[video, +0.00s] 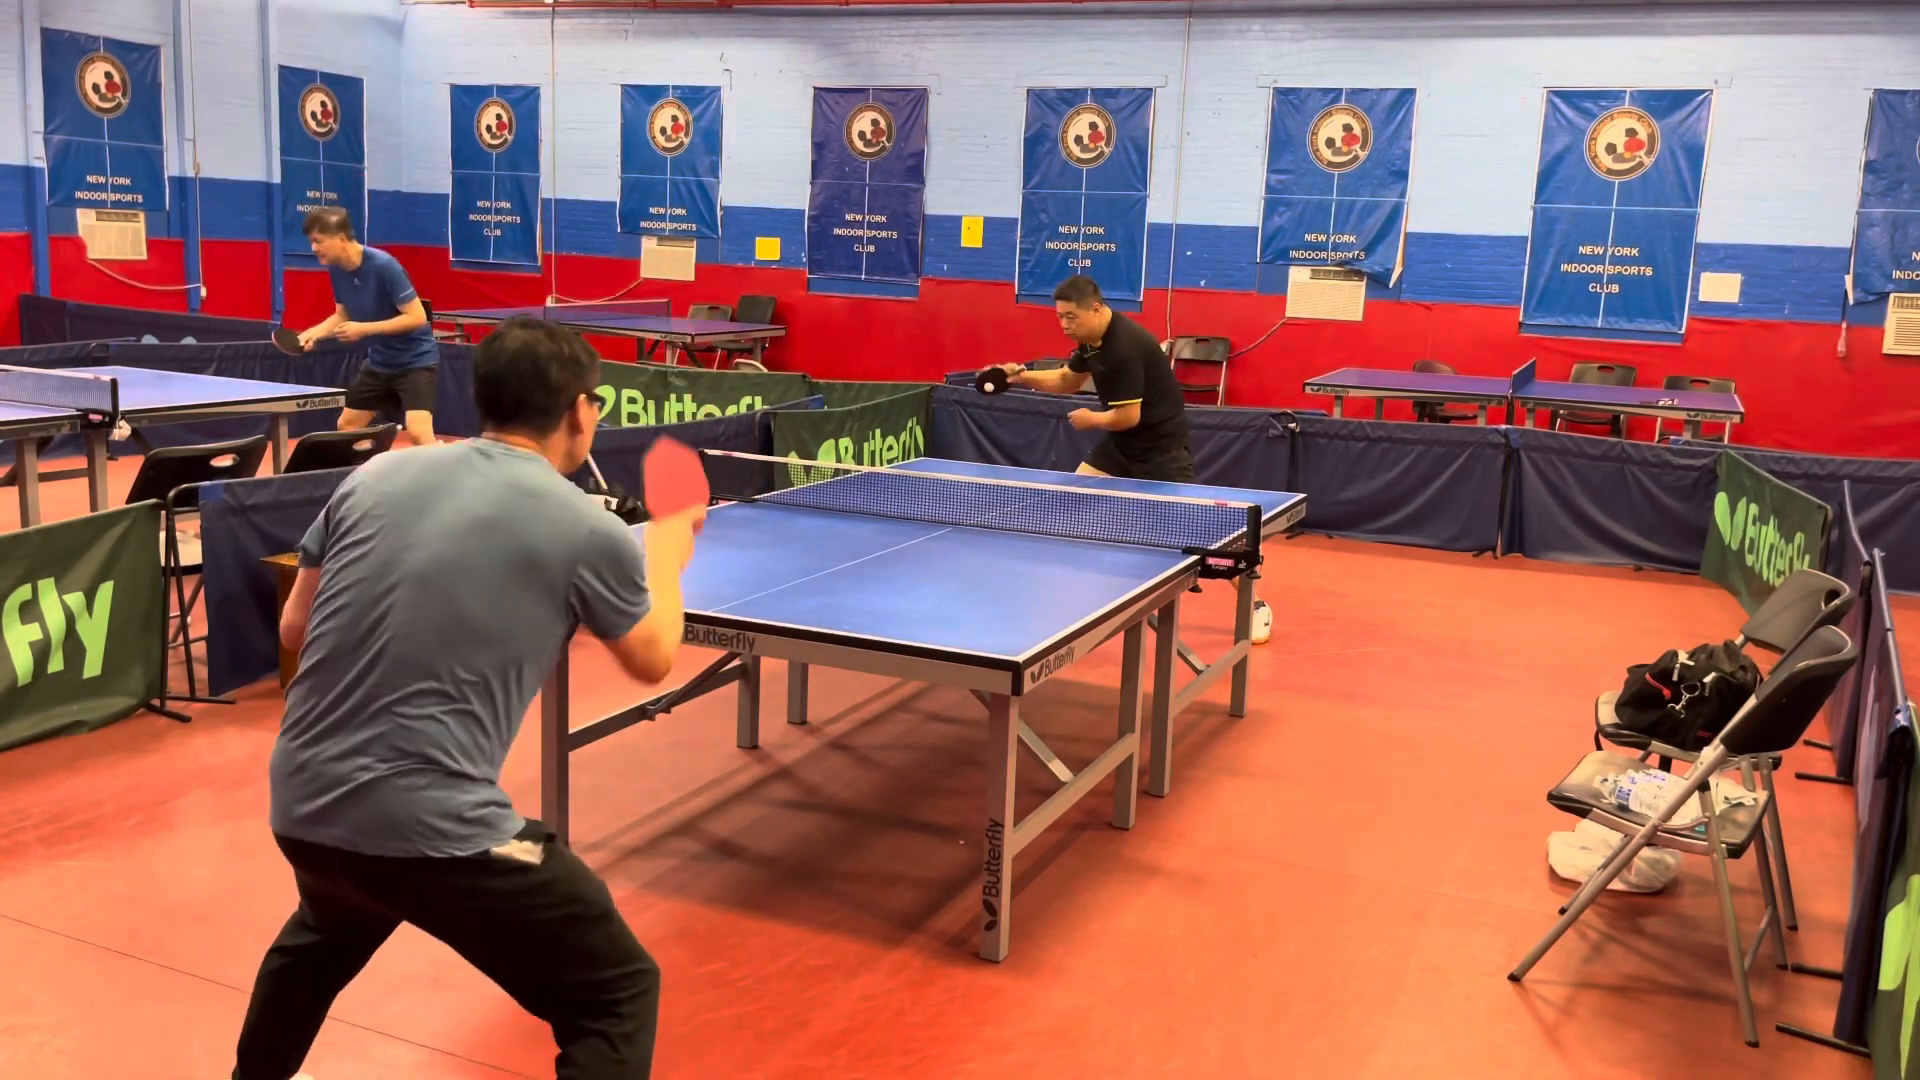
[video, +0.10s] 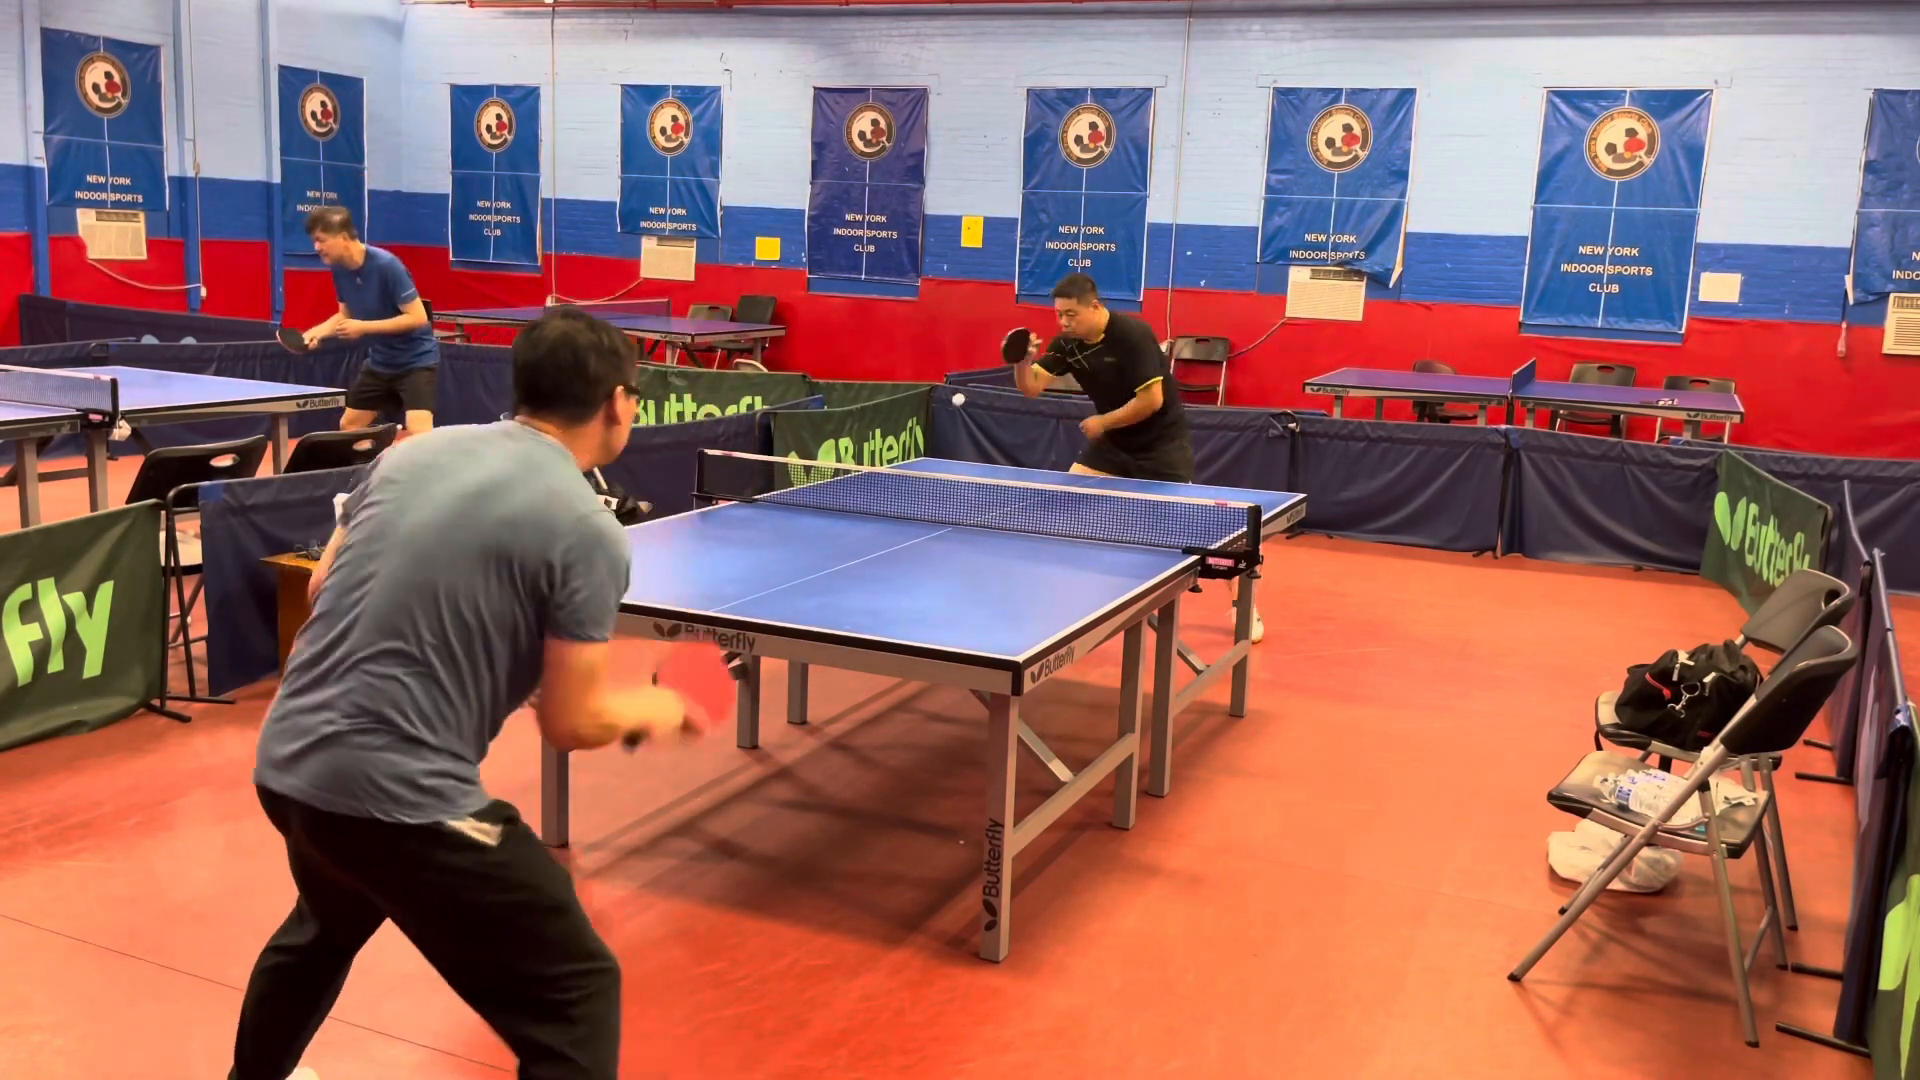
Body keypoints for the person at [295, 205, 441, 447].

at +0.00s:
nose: (314, 249)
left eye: (318, 241)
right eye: (312, 243)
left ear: (341, 239)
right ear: (338, 241)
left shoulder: (384, 266)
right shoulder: (337, 270)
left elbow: (418, 318)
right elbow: (343, 315)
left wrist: (363, 329)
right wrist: (314, 334)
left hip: (416, 359)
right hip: (378, 360)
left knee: (418, 431)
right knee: (347, 425)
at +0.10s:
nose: (317, 248)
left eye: (321, 241)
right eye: (315, 242)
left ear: (344, 238)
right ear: (341, 240)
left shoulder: (387, 265)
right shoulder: (339, 269)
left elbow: (419, 318)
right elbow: (347, 315)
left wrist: (363, 327)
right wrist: (318, 332)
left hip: (417, 360)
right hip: (379, 360)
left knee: (418, 430)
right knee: (349, 425)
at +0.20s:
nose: (319, 246)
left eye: (324, 239)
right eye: (318, 240)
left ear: (348, 236)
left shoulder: (390, 264)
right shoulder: (340, 268)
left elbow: (419, 317)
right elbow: (346, 312)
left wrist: (364, 325)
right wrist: (321, 330)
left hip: (417, 358)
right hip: (380, 359)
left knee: (419, 431)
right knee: (351, 425)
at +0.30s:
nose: (321, 244)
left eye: (326, 237)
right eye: (320, 238)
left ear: (350, 235)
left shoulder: (391, 264)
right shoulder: (340, 267)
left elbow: (420, 317)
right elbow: (347, 312)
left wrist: (364, 324)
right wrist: (321, 330)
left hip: (418, 359)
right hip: (379, 359)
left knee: (419, 430)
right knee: (350, 425)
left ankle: (443, 490)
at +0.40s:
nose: (323, 243)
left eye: (328, 236)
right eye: (321, 237)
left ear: (351, 234)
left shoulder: (393, 263)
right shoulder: (341, 267)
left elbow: (420, 316)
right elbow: (346, 311)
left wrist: (364, 322)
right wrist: (323, 328)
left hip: (418, 359)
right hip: (379, 359)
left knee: (419, 430)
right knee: (350, 425)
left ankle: (445, 491)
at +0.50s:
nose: (324, 242)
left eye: (329, 234)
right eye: (322, 236)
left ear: (352, 231)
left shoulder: (394, 262)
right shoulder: (341, 265)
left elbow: (421, 316)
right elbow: (345, 311)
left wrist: (364, 321)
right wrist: (324, 325)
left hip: (417, 362)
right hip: (377, 362)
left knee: (424, 429)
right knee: (350, 425)